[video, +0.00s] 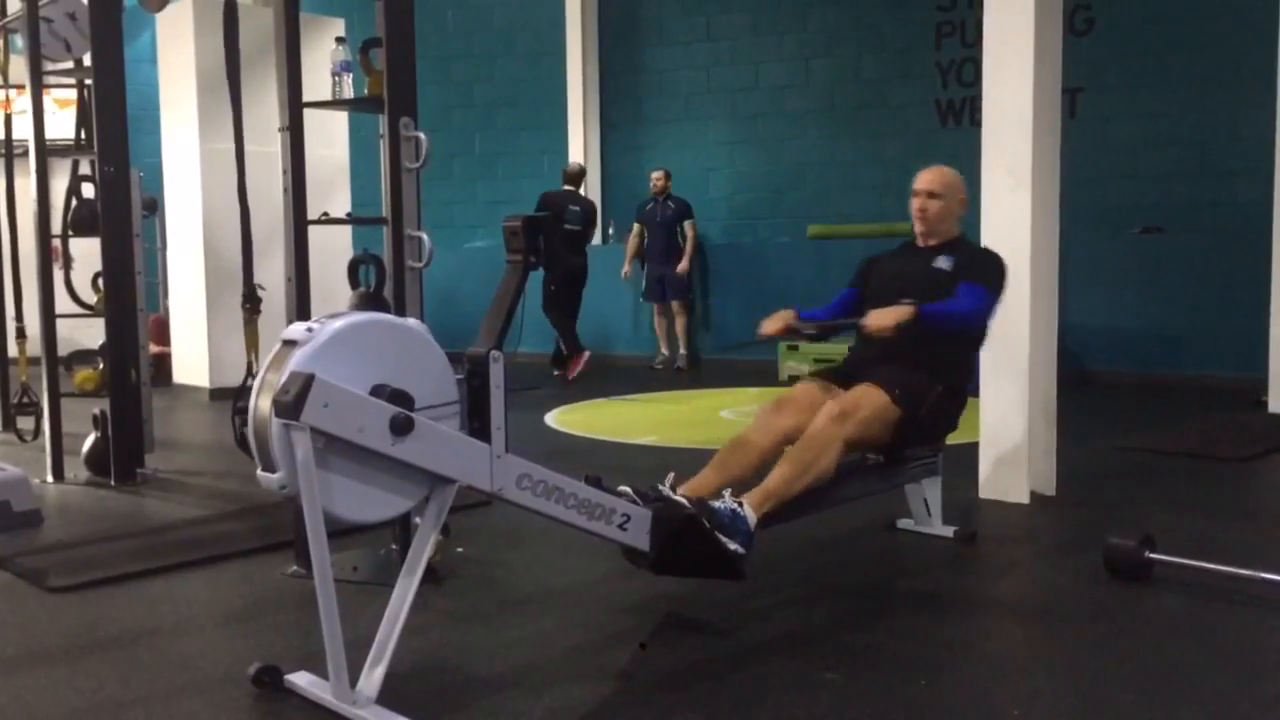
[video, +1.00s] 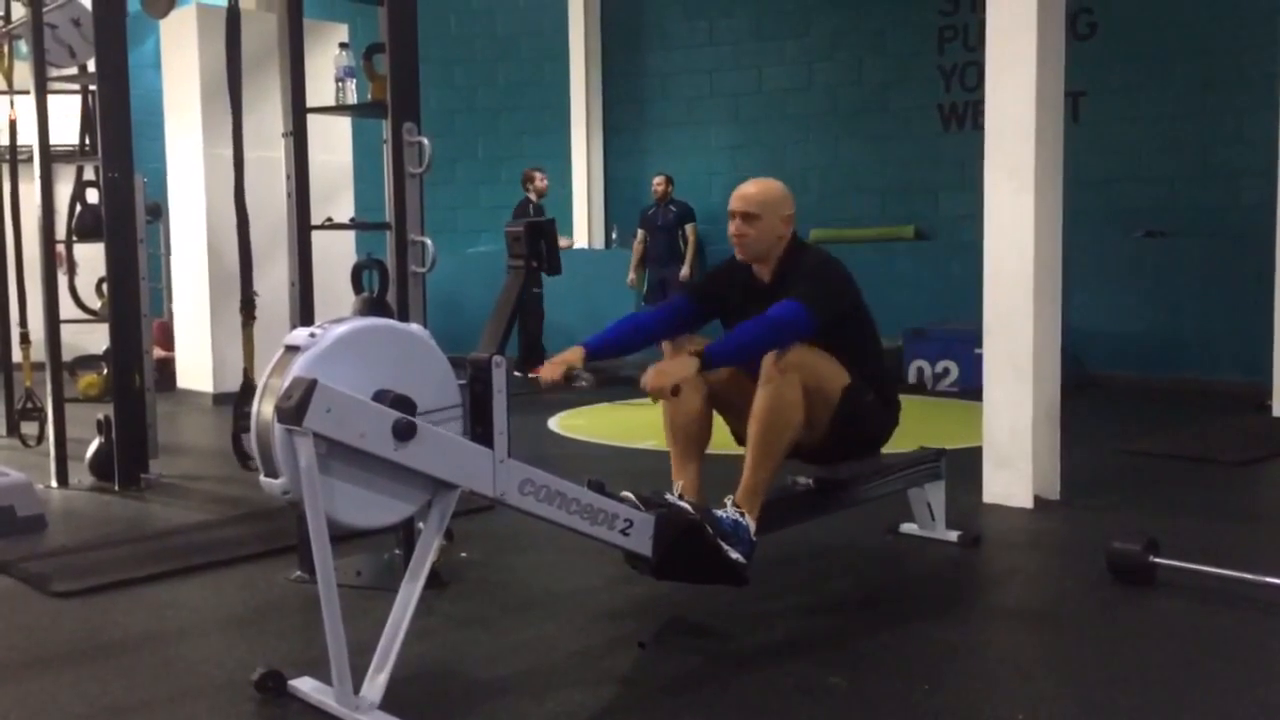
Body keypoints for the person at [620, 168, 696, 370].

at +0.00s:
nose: (654, 183)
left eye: (658, 180)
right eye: (652, 180)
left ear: (668, 182)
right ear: (650, 183)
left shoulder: (680, 205)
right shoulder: (644, 207)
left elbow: (689, 233)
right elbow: (635, 235)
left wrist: (686, 260)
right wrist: (628, 261)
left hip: (675, 264)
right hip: (652, 265)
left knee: (678, 308)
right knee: (658, 309)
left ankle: (682, 352)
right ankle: (664, 351)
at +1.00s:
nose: (654, 188)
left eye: (659, 185)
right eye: (653, 185)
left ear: (669, 188)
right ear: (651, 188)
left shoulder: (683, 209)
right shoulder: (646, 212)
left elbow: (691, 239)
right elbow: (639, 242)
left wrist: (687, 266)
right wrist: (632, 270)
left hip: (676, 270)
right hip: (653, 270)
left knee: (676, 310)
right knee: (652, 311)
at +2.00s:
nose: (658, 193)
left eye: (662, 189)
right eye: (657, 189)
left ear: (672, 192)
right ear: (656, 192)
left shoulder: (685, 215)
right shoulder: (650, 217)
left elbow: (694, 245)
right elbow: (643, 246)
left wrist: (690, 272)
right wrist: (640, 275)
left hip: (678, 273)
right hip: (656, 273)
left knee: (678, 315)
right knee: (661, 317)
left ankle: (685, 360)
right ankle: (666, 359)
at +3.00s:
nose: (661, 190)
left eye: (665, 186)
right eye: (660, 187)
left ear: (676, 189)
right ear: (658, 189)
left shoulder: (688, 212)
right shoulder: (652, 214)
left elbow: (696, 242)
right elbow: (644, 243)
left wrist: (692, 269)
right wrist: (642, 271)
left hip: (679, 270)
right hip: (658, 270)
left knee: (680, 312)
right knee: (663, 314)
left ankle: (686, 356)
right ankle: (668, 356)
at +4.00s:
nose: (659, 198)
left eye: (663, 195)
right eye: (658, 195)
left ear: (673, 198)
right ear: (656, 198)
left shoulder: (685, 220)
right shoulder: (649, 222)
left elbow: (694, 251)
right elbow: (642, 250)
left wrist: (689, 278)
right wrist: (639, 279)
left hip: (677, 279)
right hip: (655, 279)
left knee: (676, 323)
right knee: (657, 323)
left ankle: (678, 369)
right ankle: (665, 367)